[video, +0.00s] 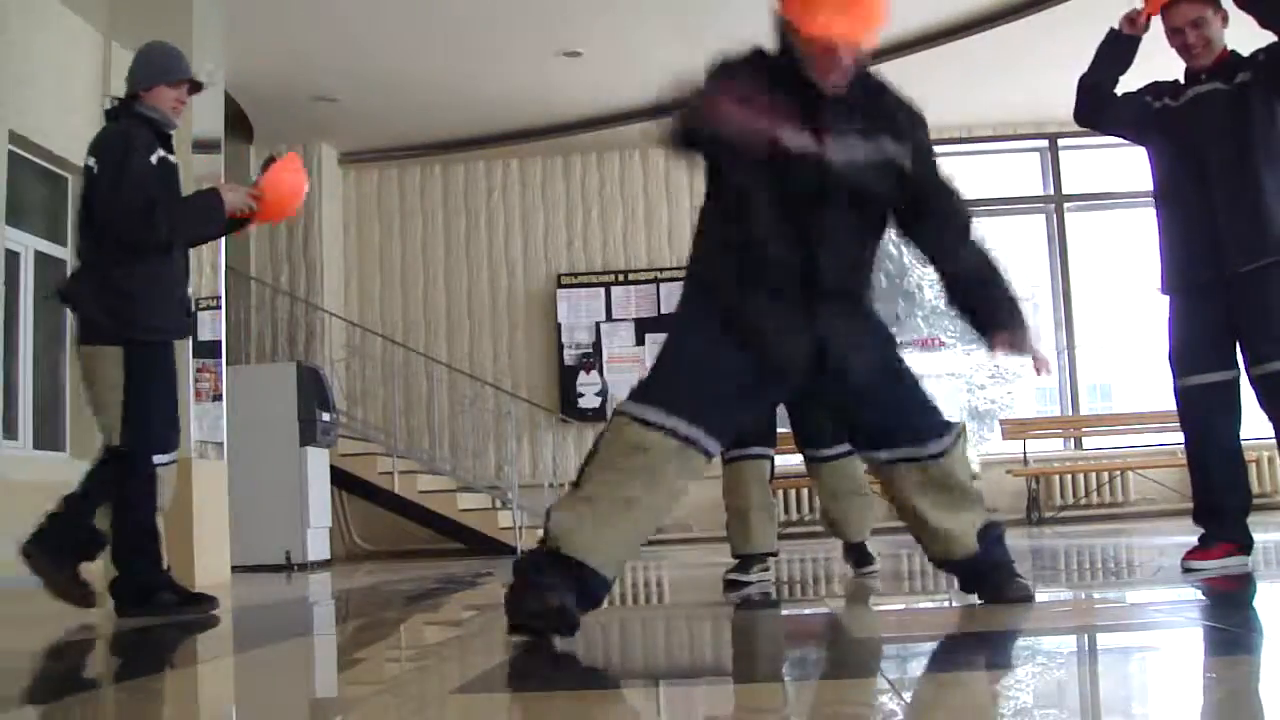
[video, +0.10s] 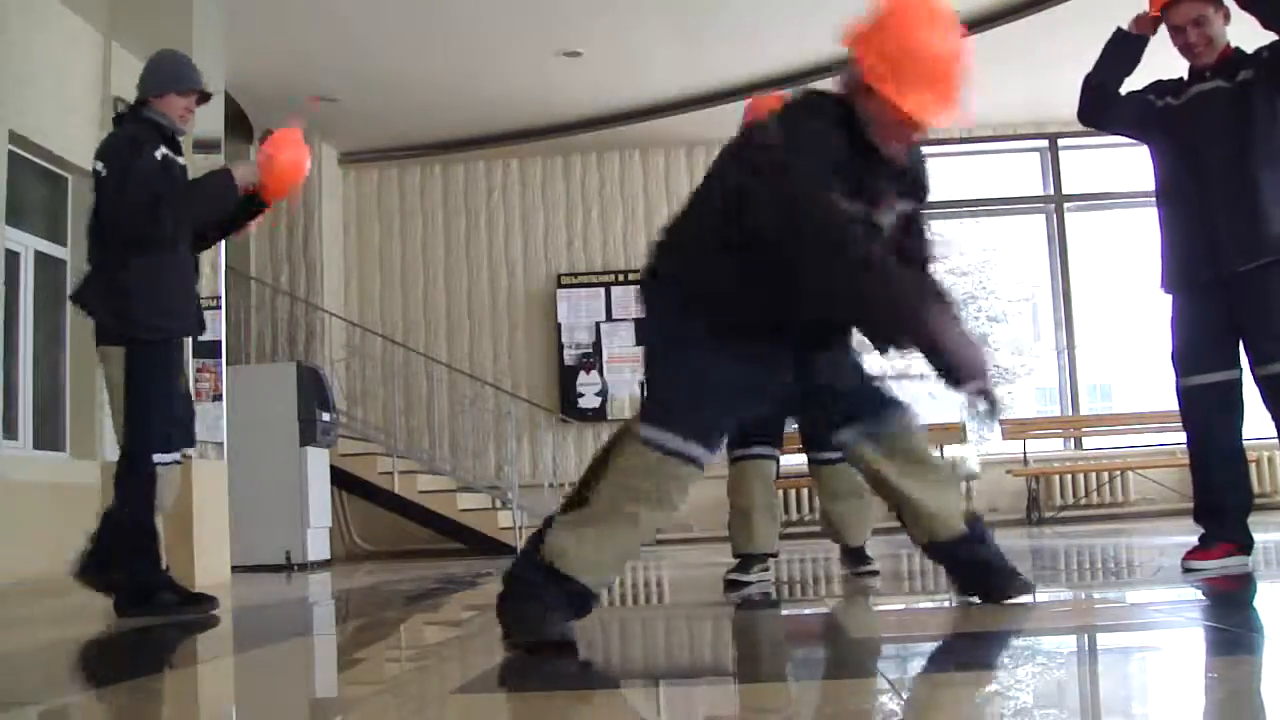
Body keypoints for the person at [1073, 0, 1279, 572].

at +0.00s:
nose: (1188, 38)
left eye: (1197, 24)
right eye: (1176, 31)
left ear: (1223, 21)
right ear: (1167, 39)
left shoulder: (1265, 76)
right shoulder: (1158, 104)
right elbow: (1090, 109)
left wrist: (1246, 3)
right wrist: (1125, 34)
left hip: (1266, 273)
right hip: (1195, 285)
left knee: (1278, 400)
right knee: (1205, 415)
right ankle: (1226, 538)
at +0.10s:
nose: (1189, 36)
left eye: (1198, 22)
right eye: (1177, 29)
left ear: (1225, 18)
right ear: (1168, 38)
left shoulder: (1266, 74)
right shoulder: (1162, 102)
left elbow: (1279, 33)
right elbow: (1094, 109)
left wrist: (1248, 4)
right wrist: (1135, 32)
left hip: (1267, 273)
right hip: (1198, 284)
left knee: (1278, 401)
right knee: (1207, 415)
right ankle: (1226, 538)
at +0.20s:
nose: (1191, 35)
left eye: (1199, 20)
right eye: (1179, 28)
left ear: (1227, 16)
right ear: (1171, 38)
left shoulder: (1266, 72)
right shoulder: (1167, 99)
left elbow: (1279, 34)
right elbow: (1098, 105)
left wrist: (1250, 4)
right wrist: (1148, 29)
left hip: (1267, 273)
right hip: (1201, 283)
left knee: (1277, 400)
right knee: (1210, 415)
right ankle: (1226, 538)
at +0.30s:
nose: (1192, 34)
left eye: (1201, 20)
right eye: (1181, 27)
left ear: (1230, 14)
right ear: (1173, 35)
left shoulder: (1268, 70)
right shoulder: (1170, 98)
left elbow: (1279, 35)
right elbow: (1100, 104)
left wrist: (1252, 4)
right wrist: (1151, 30)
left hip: (1268, 272)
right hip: (1202, 282)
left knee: (1279, 399)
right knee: (1211, 414)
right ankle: (1226, 538)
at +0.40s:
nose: (1195, 33)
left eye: (1205, 18)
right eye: (1184, 25)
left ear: (1233, 13)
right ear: (1175, 30)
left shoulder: (1268, 69)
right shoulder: (1171, 96)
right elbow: (1102, 103)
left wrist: (1256, 5)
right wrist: (1152, 28)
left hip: (1270, 273)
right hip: (1205, 279)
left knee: (1279, 398)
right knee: (1212, 414)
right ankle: (1227, 537)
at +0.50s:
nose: (1196, 32)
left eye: (1205, 17)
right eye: (1185, 24)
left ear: (1234, 12)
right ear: (1178, 29)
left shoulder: (1269, 68)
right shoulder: (1172, 94)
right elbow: (1103, 101)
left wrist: (1258, 6)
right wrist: (1154, 27)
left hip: (1269, 273)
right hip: (1206, 281)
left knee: (1277, 399)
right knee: (1215, 416)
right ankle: (1226, 537)